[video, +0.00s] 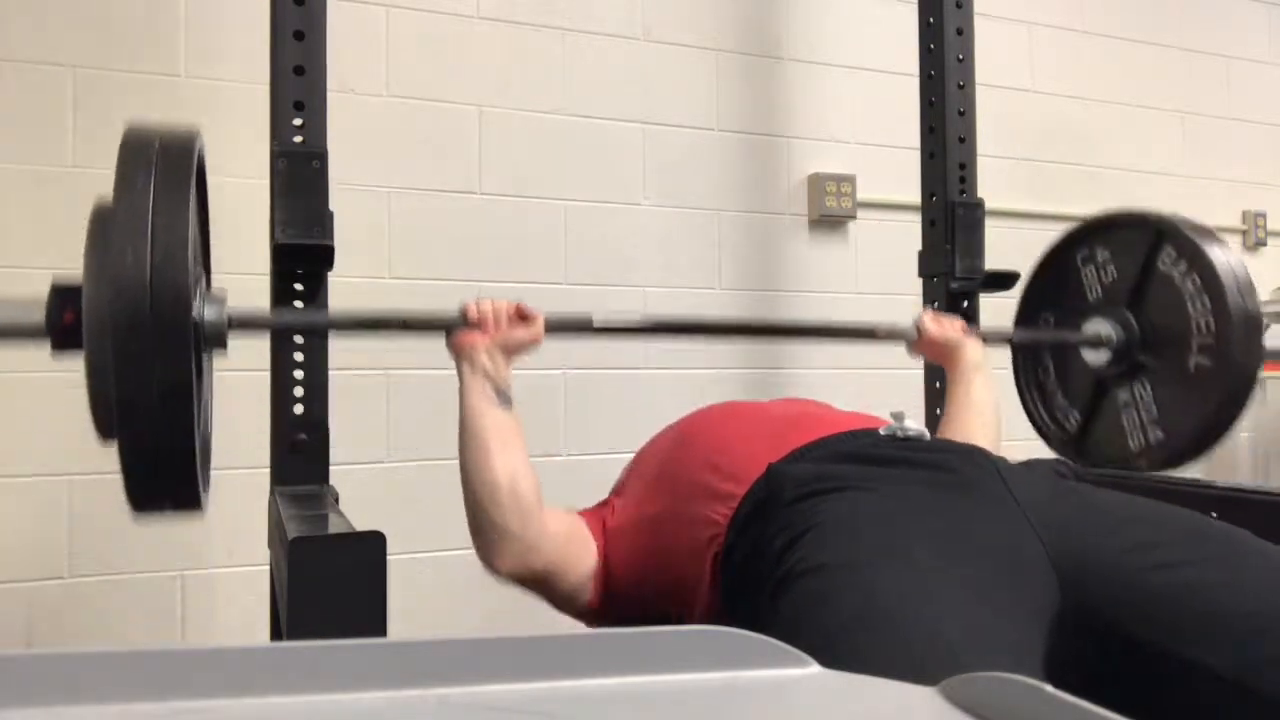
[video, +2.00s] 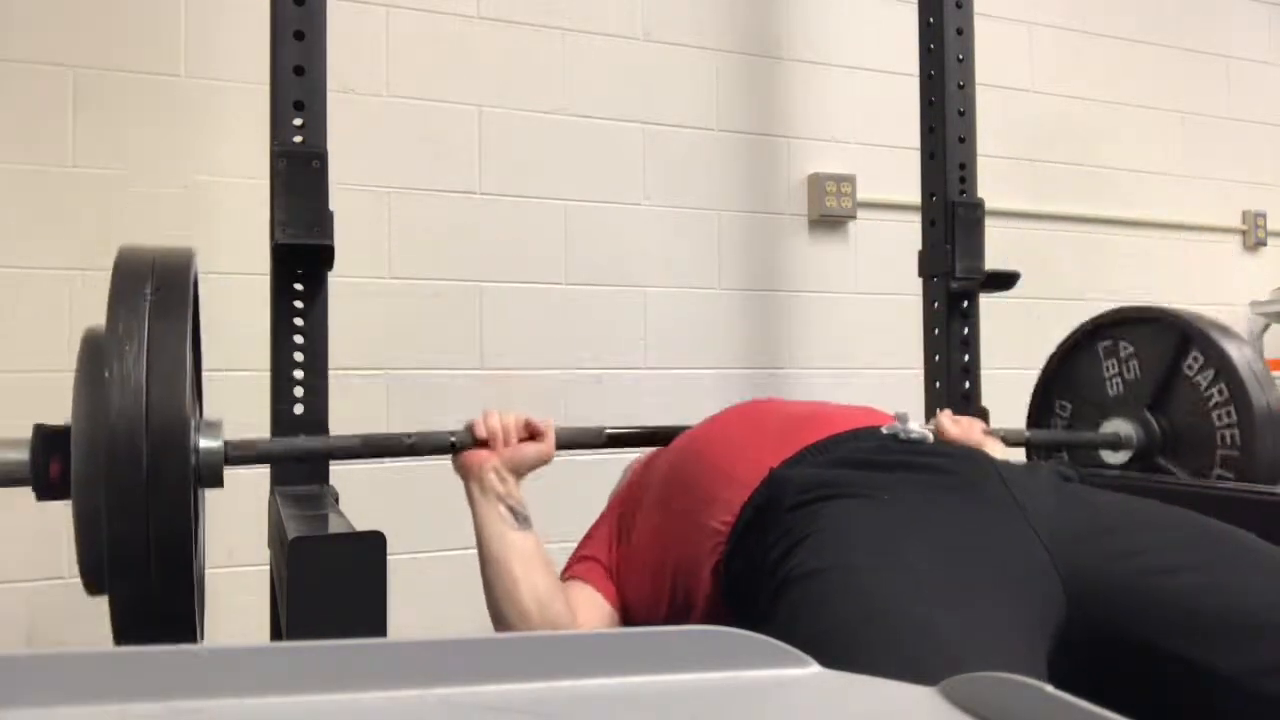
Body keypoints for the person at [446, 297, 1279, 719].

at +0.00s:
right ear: (650, 495)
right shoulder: (623, 542)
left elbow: (970, 477)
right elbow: (511, 537)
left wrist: (971, 358)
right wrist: (481, 374)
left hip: (1031, 487)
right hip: (845, 506)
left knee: (1269, 614)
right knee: (922, 690)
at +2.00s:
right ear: (645, 481)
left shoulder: (857, 422)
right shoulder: (621, 532)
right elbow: (553, 633)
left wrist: (985, 459)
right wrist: (492, 496)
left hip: (1031, 487)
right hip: (853, 502)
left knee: (1270, 604)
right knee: (935, 685)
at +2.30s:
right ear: (652, 497)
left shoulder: (873, 433)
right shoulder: (624, 542)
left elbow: (970, 479)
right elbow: (521, 543)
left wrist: (977, 365)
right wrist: (483, 379)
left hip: (1039, 487)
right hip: (854, 507)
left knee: (1274, 622)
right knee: (913, 700)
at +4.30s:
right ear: (650, 487)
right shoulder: (633, 519)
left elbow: (1014, 515)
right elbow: (547, 618)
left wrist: (983, 428)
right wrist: (495, 441)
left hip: (1017, 481)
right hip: (855, 499)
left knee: (1277, 622)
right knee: (942, 694)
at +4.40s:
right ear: (647, 481)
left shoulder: (865, 422)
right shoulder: (625, 531)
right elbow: (551, 629)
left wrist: (986, 451)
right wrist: (499, 483)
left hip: (1035, 487)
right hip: (858, 504)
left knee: (1273, 608)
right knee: (932, 686)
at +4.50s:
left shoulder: (849, 425)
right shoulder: (613, 544)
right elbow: (555, 635)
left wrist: (986, 457)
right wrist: (498, 499)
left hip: (1035, 487)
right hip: (856, 506)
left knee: (1274, 607)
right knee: (929, 700)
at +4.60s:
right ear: (645, 488)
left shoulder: (870, 422)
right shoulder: (626, 529)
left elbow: (1032, 523)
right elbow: (559, 625)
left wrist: (996, 446)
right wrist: (501, 477)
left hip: (1043, 487)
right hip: (862, 499)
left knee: (1276, 610)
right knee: (939, 690)